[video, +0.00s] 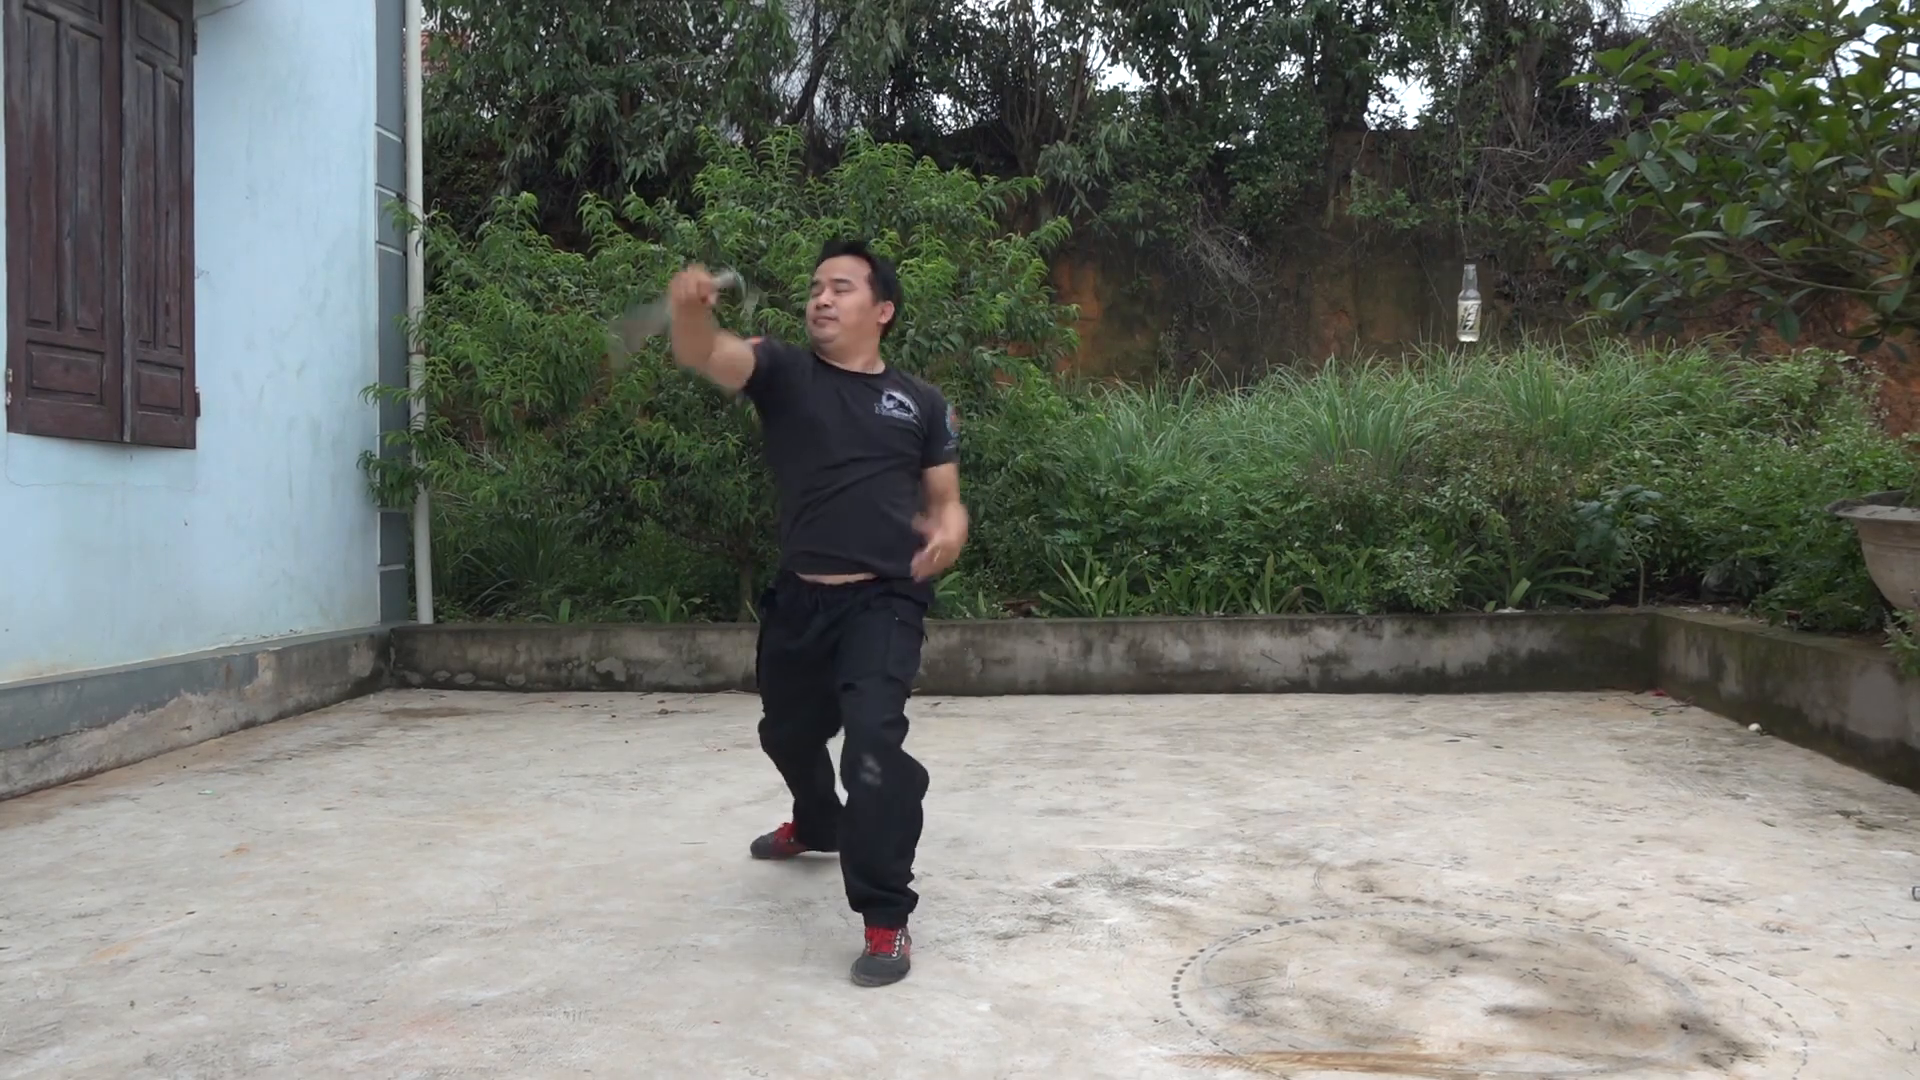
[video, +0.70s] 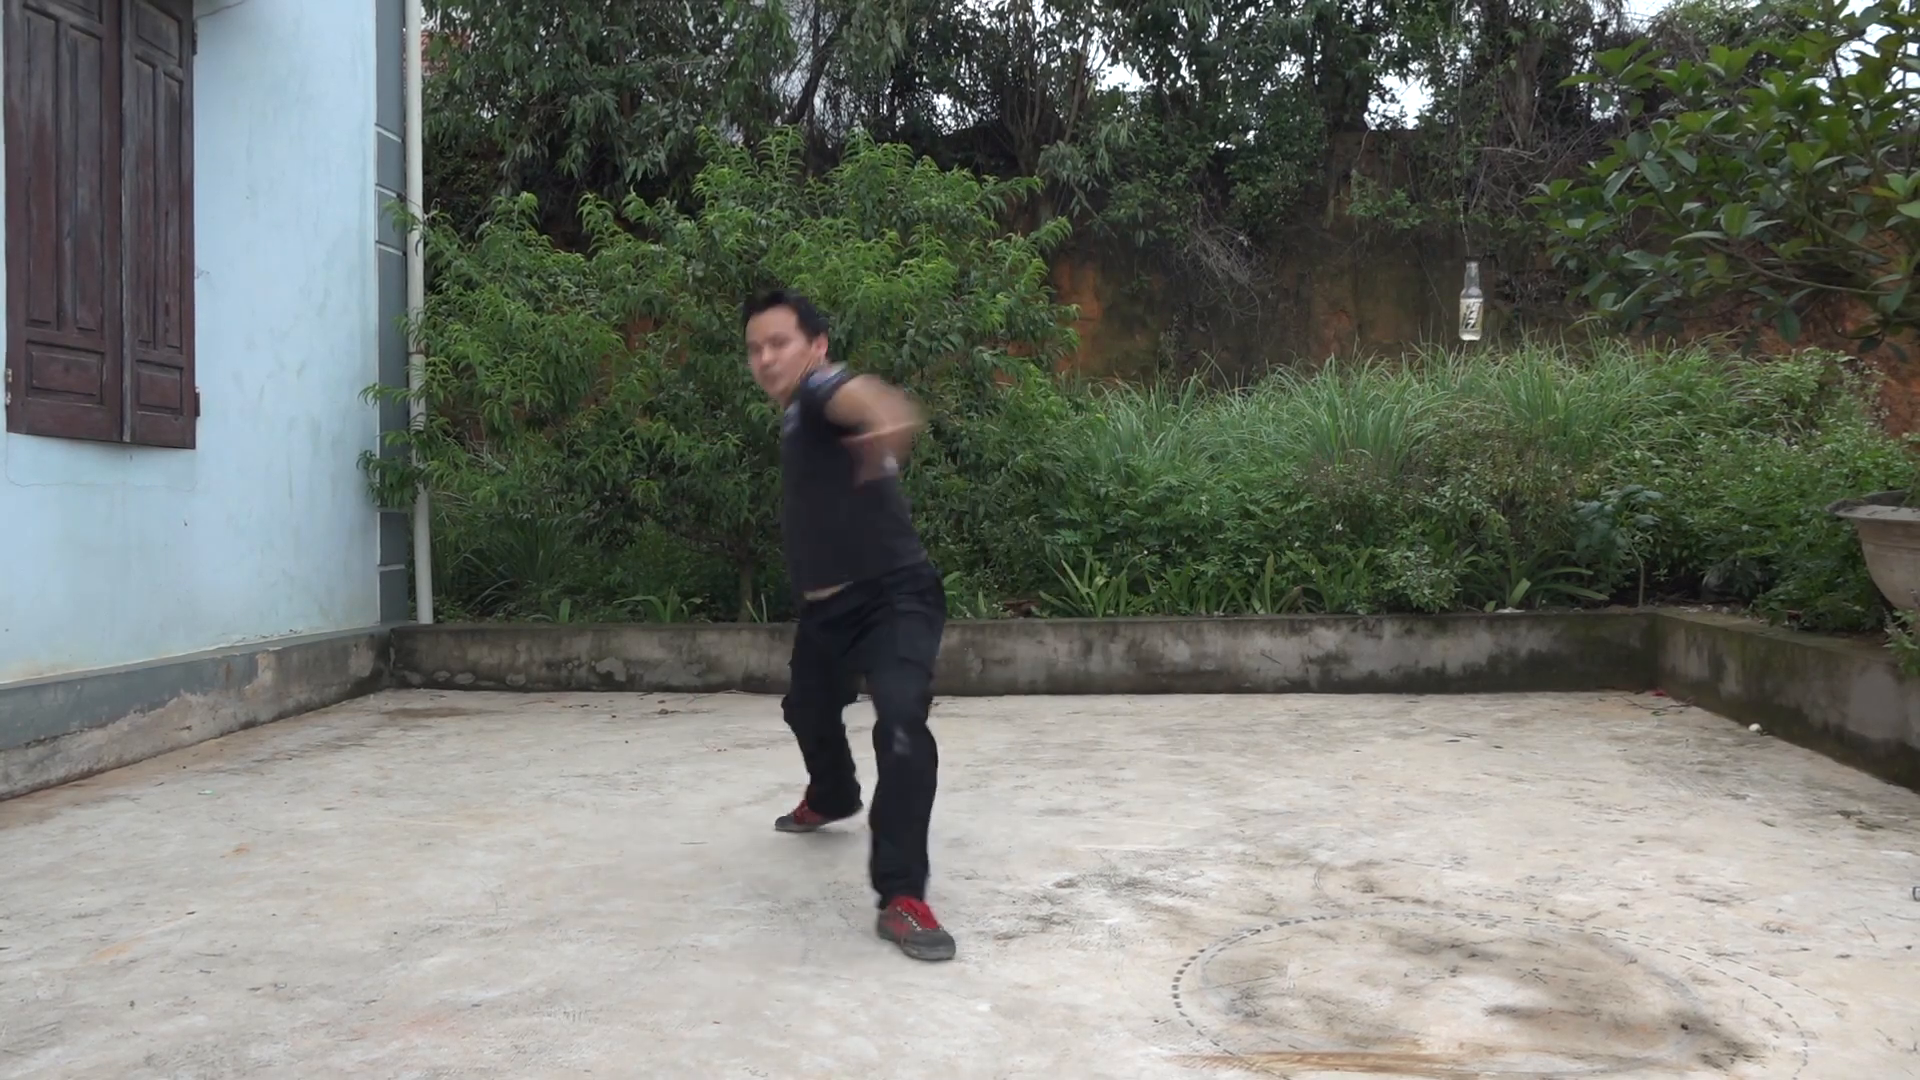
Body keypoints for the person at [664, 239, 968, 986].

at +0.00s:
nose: (821, 299)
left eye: (841, 288)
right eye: (816, 289)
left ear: (883, 310)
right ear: (808, 308)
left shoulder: (922, 404)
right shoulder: (784, 370)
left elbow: (946, 500)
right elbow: (703, 351)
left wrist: (947, 535)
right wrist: (689, 308)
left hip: (882, 598)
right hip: (799, 599)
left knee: (874, 747)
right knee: (789, 736)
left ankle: (885, 919)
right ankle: (819, 821)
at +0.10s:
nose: (811, 293)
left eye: (828, 281)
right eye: (812, 281)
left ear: (875, 297)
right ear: (825, 297)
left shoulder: (923, 380)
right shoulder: (788, 369)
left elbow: (992, 464)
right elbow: (679, 387)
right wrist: (615, 312)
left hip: (878, 587)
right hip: (799, 583)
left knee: (857, 739)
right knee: (785, 713)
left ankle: (881, 918)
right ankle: (805, 817)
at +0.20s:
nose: (801, 284)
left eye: (815, 272)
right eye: (801, 272)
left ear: (863, 286)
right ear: (819, 285)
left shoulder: (895, 346)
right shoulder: (798, 356)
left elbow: (964, 337)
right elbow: (722, 385)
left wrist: (936, 229)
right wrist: (650, 328)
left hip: (873, 567)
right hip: (801, 568)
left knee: (873, 721)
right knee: (804, 698)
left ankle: (909, 904)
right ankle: (815, 793)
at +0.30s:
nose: (783, 317)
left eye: (796, 302)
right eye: (782, 304)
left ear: (842, 309)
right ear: (806, 315)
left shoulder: (864, 378)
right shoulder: (813, 385)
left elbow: (858, 328)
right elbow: (781, 398)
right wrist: (730, 405)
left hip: (866, 581)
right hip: (811, 582)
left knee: (859, 730)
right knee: (805, 697)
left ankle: (929, 899)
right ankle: (827, 789)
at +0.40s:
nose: (773, 366)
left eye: (789, 354)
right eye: (774, 353)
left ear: (834, 368)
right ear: (828, 372)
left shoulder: (834, 422)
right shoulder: (864, 418)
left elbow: (752, 442)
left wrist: (687, 437)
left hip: (854, 612)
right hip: (841, 610)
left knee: (879, 743)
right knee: (802, 699)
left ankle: (949, 906)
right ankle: (843, 805)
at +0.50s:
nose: (757, 404)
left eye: (769, 392)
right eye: (755, 392)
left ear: (813, 398)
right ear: (815, 402)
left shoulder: (794, 456)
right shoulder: (869, 438)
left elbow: (693, 494)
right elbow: (912, 452)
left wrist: (630, 506)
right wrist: (899, 444)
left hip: (862, 624)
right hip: (834, 627)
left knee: (869, 739)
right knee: (789, 705)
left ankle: (950, 909)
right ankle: (840, 806)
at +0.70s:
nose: (764, 358)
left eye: (777, 343)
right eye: (755, 349)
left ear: (816, 345)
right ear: (750, 360)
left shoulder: (831, 391)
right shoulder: (795, 412)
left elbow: (872, 399)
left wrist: (889, 423)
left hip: (893, 597)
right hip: (824, 610)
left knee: (903, 729)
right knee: (807, 711)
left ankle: (902, 894)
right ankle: (834, 796)